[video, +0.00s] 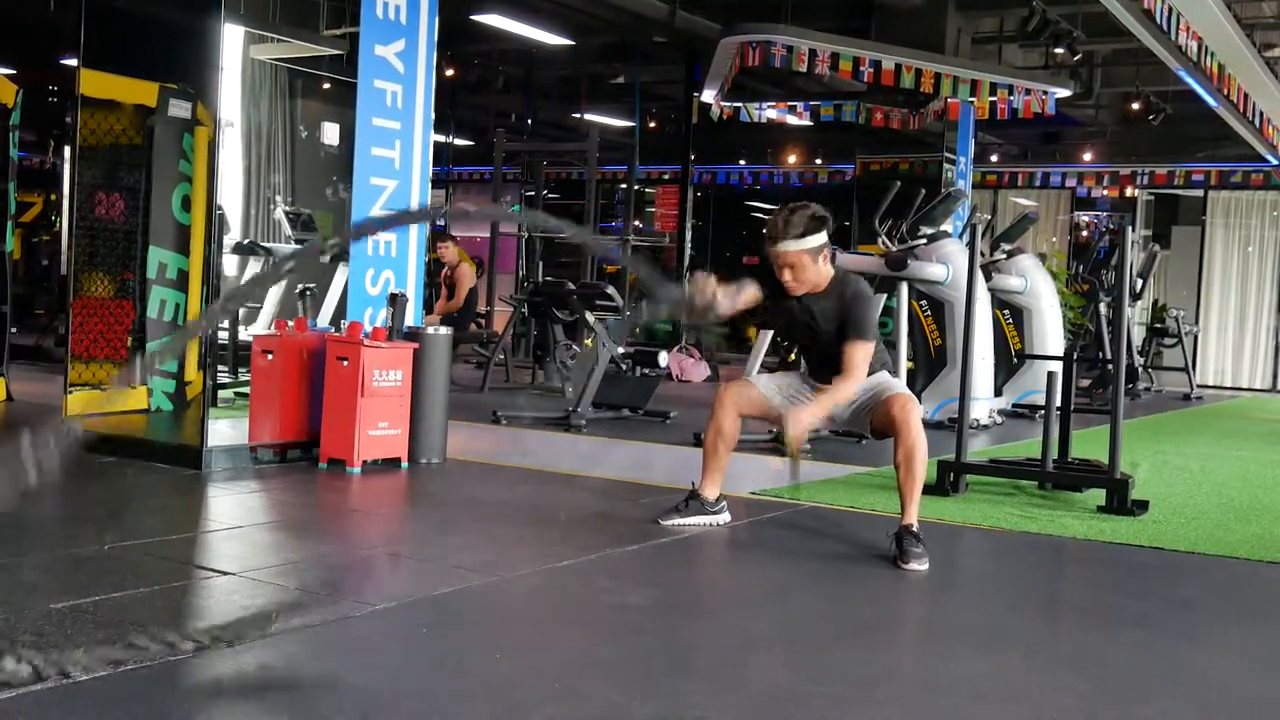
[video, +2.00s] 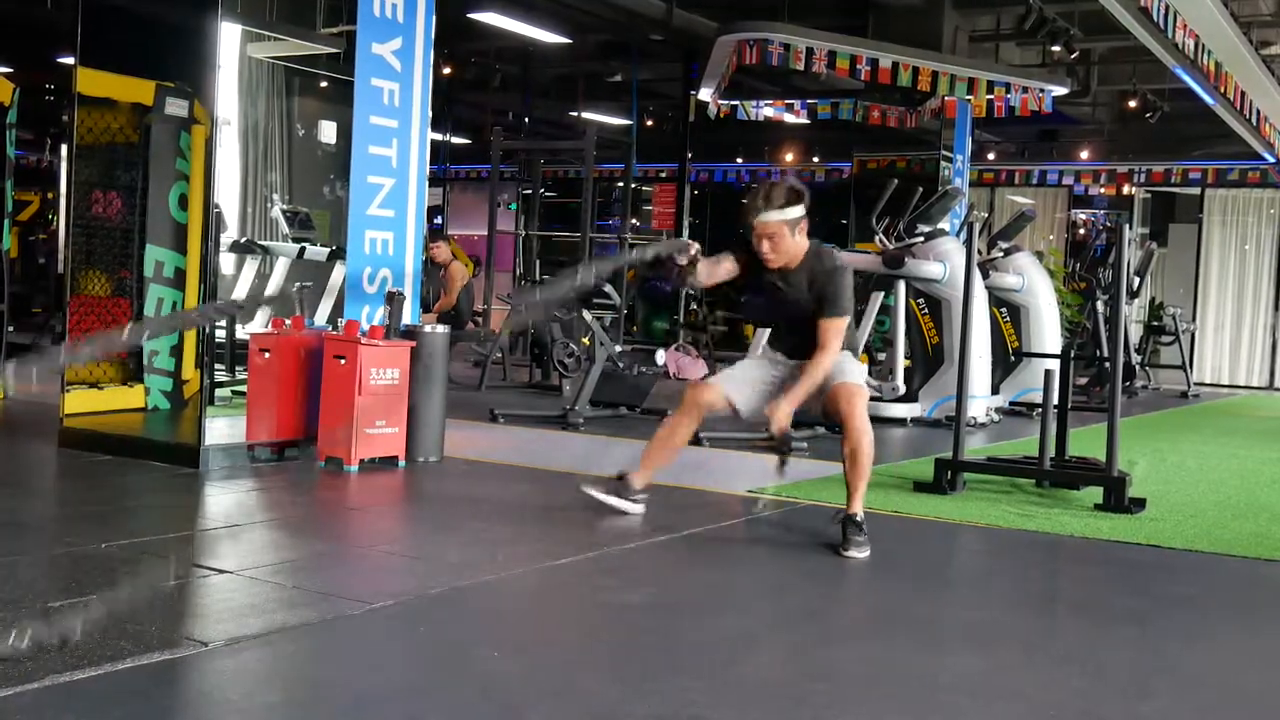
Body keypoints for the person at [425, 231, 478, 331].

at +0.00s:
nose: (441, 252)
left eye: (446, 248)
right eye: (439, 248)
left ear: (455, 248)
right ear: (436, 250)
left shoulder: (464, 268)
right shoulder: (445, 271)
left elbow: (458, 301)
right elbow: (443, 297)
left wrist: (441, 311)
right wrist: (438, 310)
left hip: (462, 320)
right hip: (451, 317)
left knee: (424, 321)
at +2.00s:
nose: (433, 252)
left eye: (437, 247)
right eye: (431, 249)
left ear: (448, 247)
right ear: (428, 251)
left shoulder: (455, 267)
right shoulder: (444, 270)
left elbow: (451, 300)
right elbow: (443, 296)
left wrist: (434, 311)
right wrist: (434, 313)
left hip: (458, 320)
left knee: (415, 319)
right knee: (415, 317)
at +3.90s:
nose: (428, 254)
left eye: (432, 250)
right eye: (425, 251)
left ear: (441, 250)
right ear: (423, 254)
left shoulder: (450, 271)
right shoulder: (437, 271)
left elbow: (445, 303)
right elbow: (437, 300)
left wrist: (427, 317)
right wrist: (426, 317)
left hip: (452, 321)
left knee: (410, 321)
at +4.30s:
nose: (419, 255)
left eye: (423, 250)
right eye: (416, 251)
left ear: (433, 250)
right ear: (413, 255)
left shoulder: (440, 271)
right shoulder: (429, 273)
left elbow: (436, 304)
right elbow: (429, 301)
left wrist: (418, 317)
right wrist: (418, 318)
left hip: (443, 322)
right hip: (436, 318)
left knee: (402, 321)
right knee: (401, 320)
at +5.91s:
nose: (424, 256)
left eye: (428, 252)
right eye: (423, 254)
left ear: (441, 254)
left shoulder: (447, 275)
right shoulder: (436, 277)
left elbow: (443, 308)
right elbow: (434, 306)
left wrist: (424, 321)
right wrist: (424, 322)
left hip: (448, 327)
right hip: (441, 324)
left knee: (407, 326)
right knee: (406, 324)